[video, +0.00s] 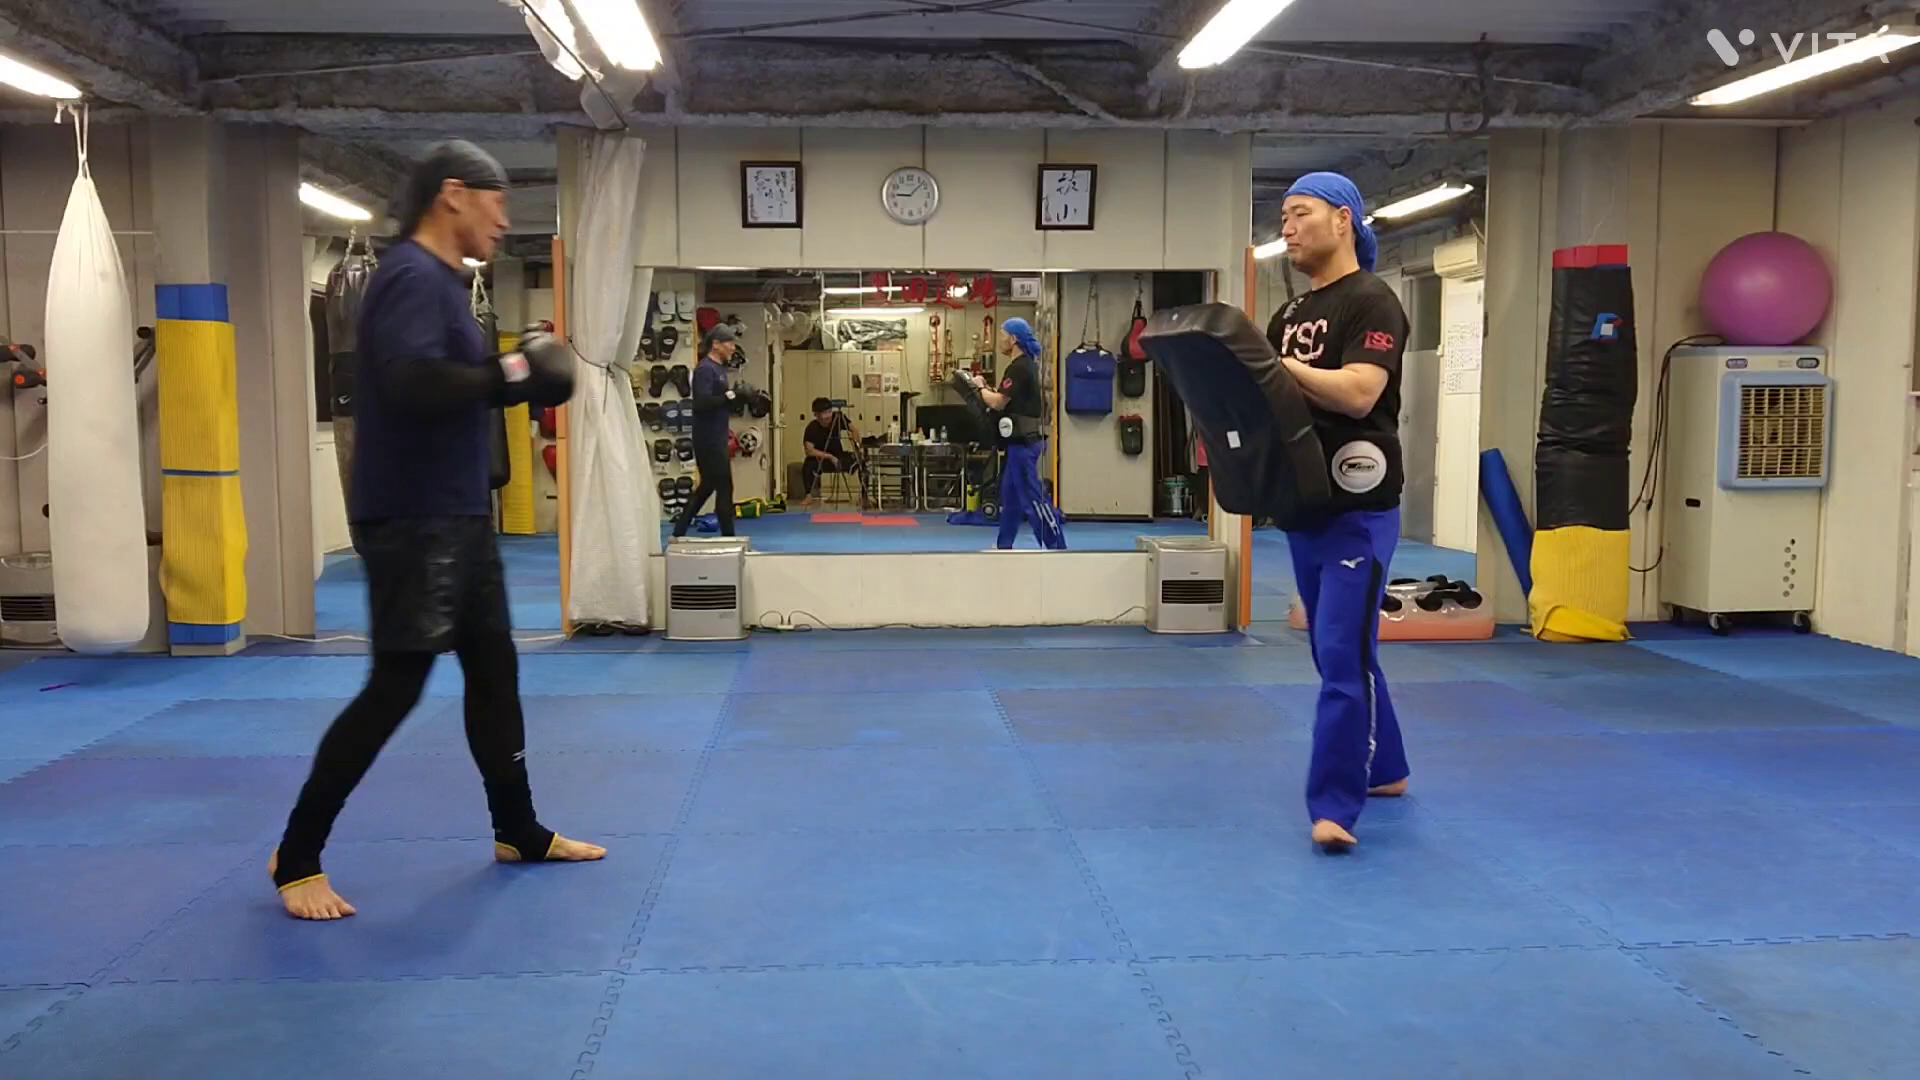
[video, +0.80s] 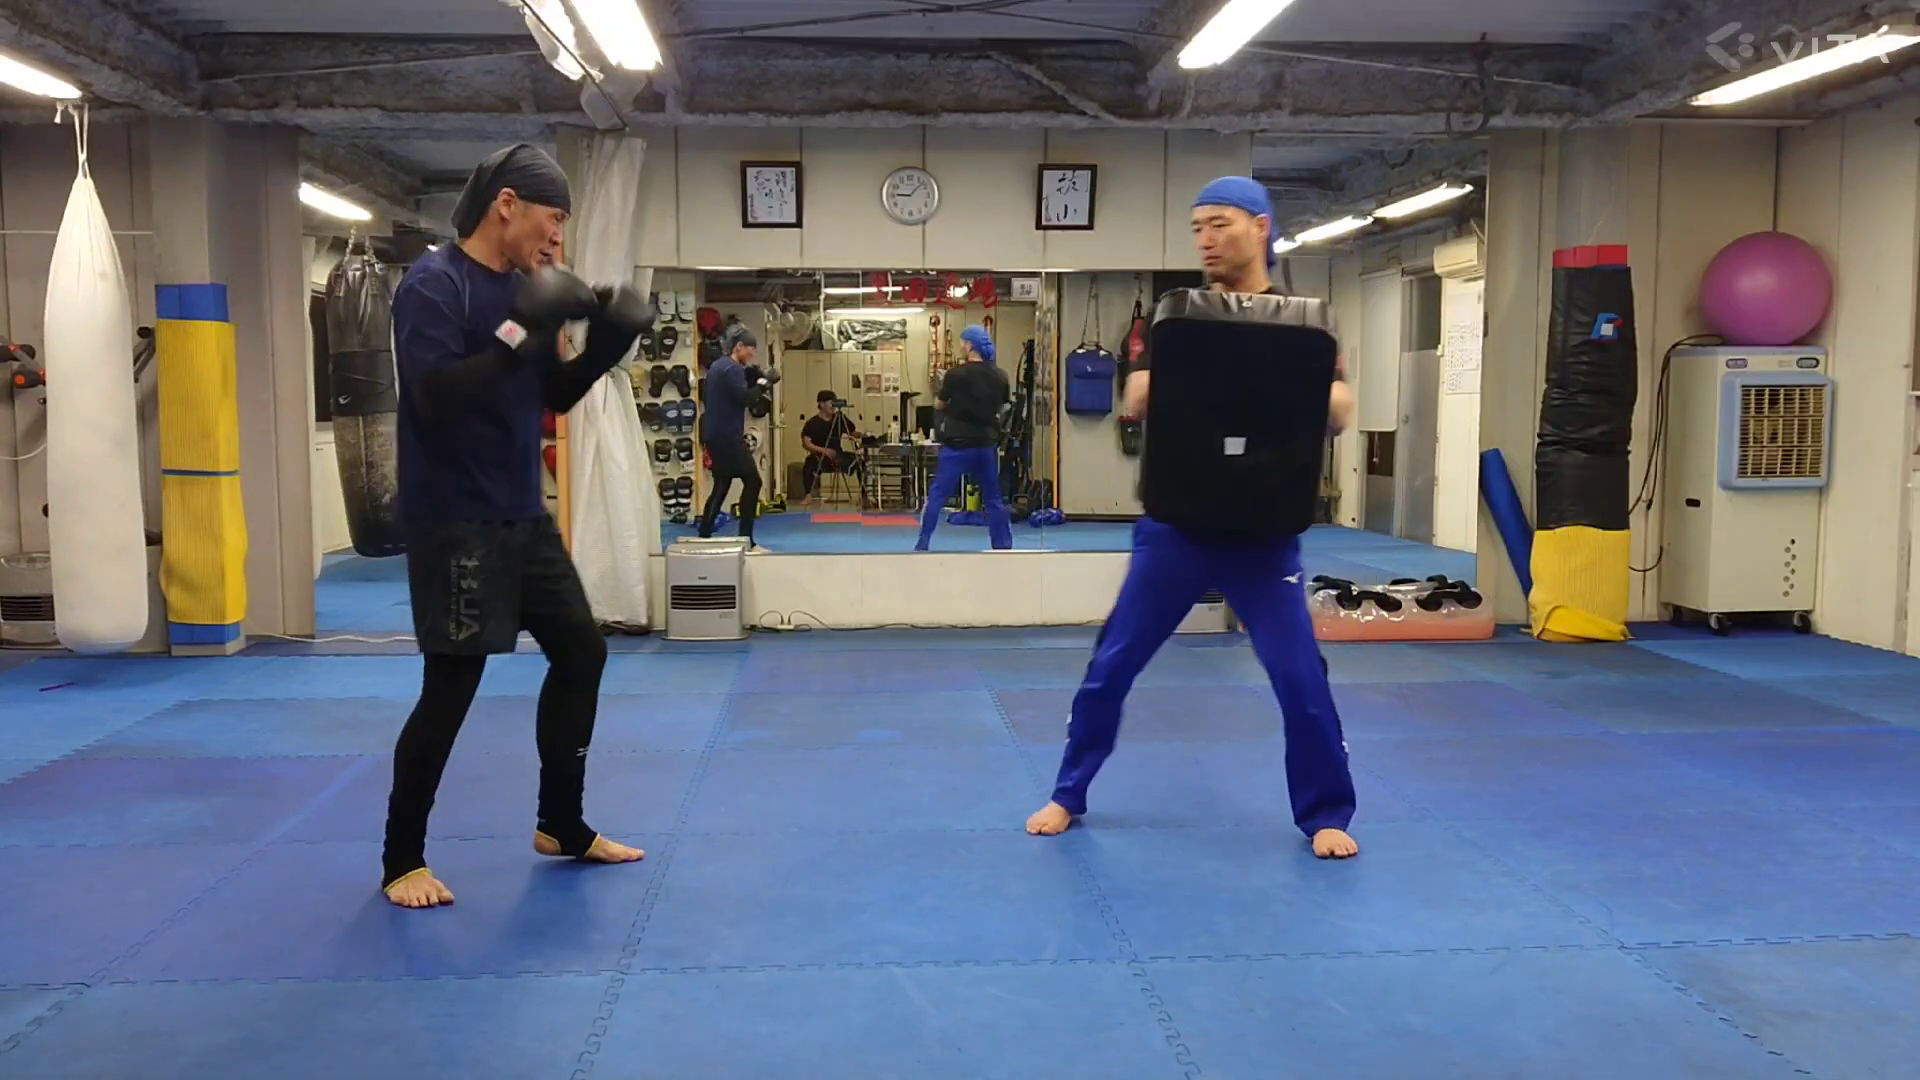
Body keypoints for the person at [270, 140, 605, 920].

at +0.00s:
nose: (505, 219)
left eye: (505, 205)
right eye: (497, 202)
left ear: (460, 202)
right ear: (452, 196)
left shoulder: (443, 282)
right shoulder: (410, 277)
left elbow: (457, 395)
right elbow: (409, 384)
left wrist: (534, 383)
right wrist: (512, 373)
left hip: (462, 519)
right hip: (412, 525)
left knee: (493, 673)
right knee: (394, 688)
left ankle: (518, 832)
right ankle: (296, 860)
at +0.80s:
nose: (558, 238)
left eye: (562, 225)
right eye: (551, 220)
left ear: (513, 214)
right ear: (505, 206)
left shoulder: (522, 295)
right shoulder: (430, 284)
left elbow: (553, 396)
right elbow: (432, 401)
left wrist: (608, 344)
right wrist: (521, 338)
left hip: (521, 517)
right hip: (452, 523)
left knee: (581, 652)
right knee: (450, 685)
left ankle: (561, 826)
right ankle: (402, 863)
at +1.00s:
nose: (583, 238)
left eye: (588, 223)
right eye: (577, 220)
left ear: (541, 209)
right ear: (531, 202)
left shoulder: (562, 296)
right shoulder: (453, 284)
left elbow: (624, 375)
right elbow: (452, 380)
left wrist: (693, 360)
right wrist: (550, 350)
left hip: (565, 522)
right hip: (482, 533)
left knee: (643, 639)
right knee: (448, 695)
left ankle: (608, 809)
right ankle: (403, 863)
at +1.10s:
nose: (617, 239)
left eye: (621, 225)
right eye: (610, 220)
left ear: (577, 214)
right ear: (566, 208)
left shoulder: (593, 302)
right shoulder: (501, 293)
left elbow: (633, 394)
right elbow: (499, 383)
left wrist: (706, 433)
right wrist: (615, 339)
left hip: (589, 524)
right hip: (508, 537)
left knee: (673, 641)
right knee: (465, 697)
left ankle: (702, 818)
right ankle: (407, 864)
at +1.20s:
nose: (662, 239)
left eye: (662, 225)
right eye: (653, 221)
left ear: (616, 222)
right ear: (610, 217)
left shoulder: (614, 308)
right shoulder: (569, 298)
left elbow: (605, 449)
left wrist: (668, 514)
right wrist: (706, 310)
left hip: (630, 538)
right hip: (561, 539)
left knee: (717, 648)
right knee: (499, 694)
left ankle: (772, 827)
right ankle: (414, 856)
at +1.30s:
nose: (696, 238)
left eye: (696, 227)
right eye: (688, 226)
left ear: (641, 231)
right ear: (649, 225)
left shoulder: (603, 314)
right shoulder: (667, 284)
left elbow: (559, 422)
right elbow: (771, 322)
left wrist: (583, 499)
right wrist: (768, 279)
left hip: (680, 518)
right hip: (658, 515)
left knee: (769, 659)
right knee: (620, 686)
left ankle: (779, 838)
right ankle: (463, 808)